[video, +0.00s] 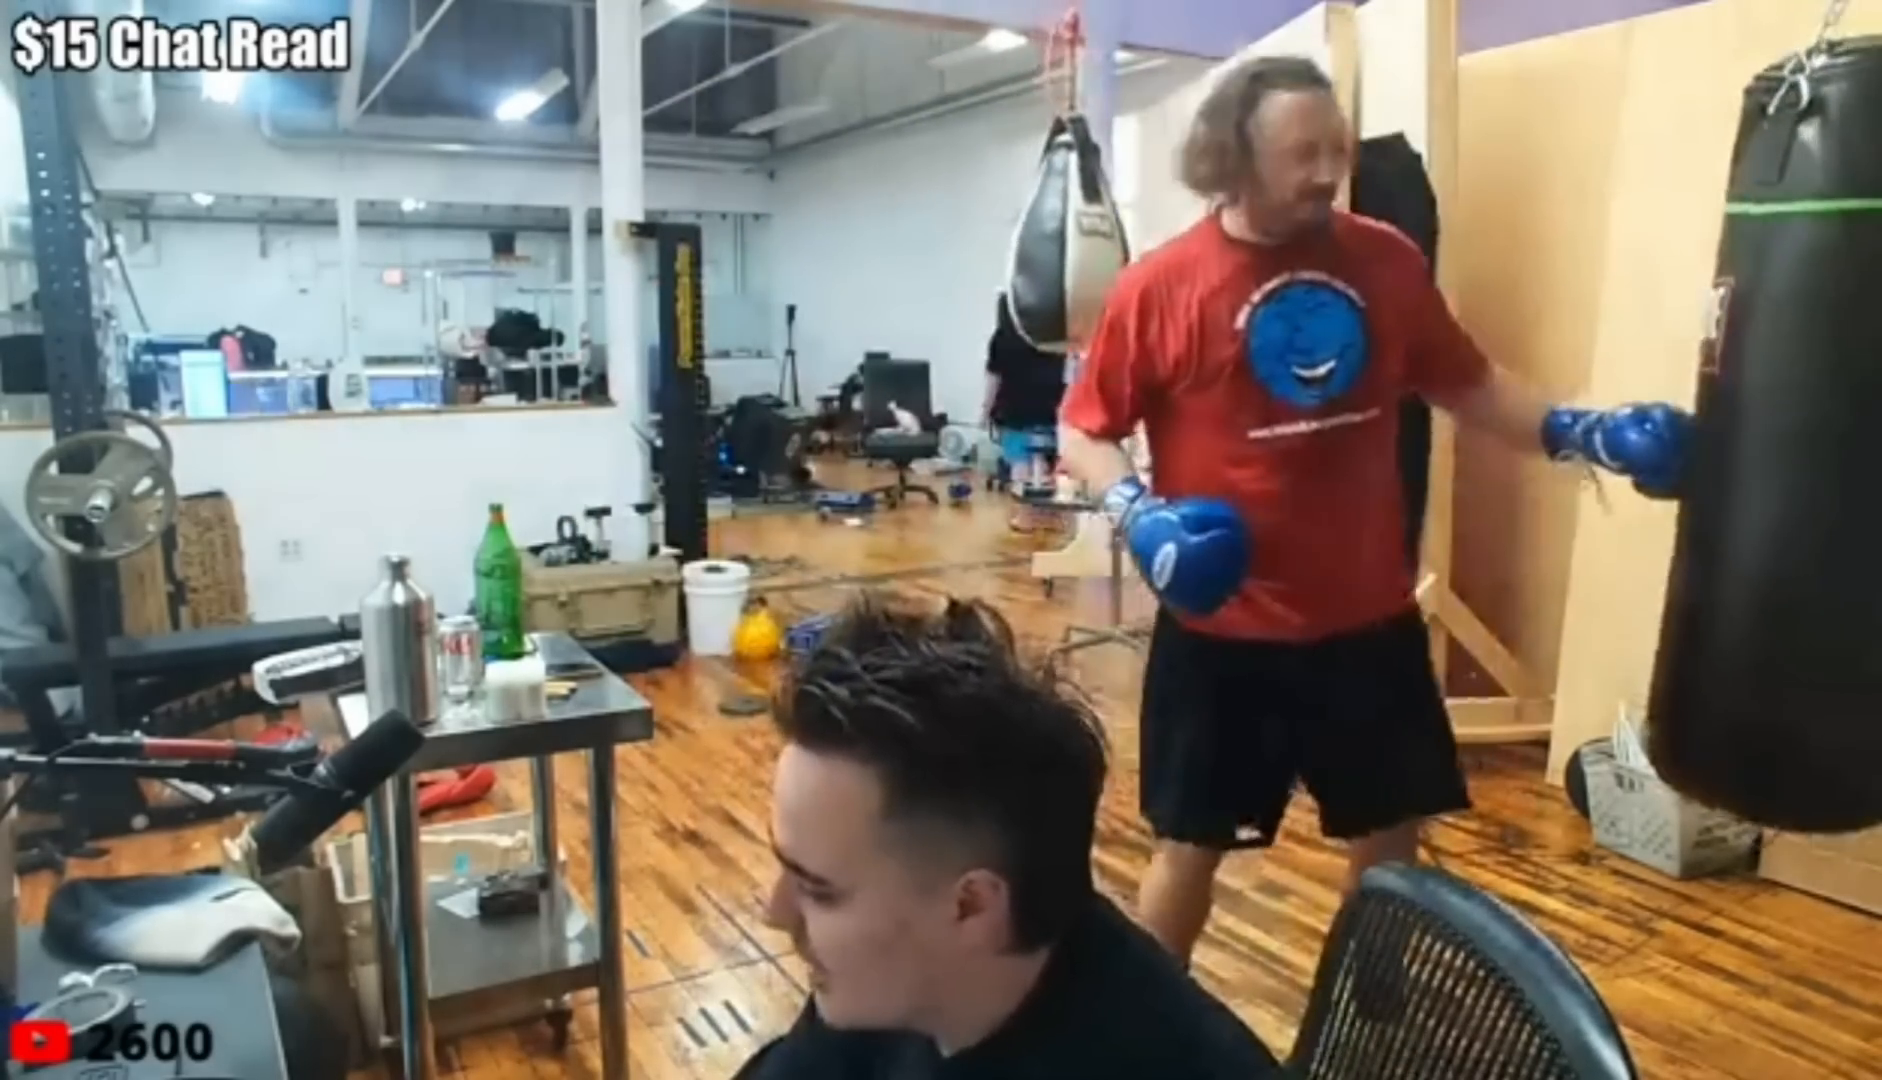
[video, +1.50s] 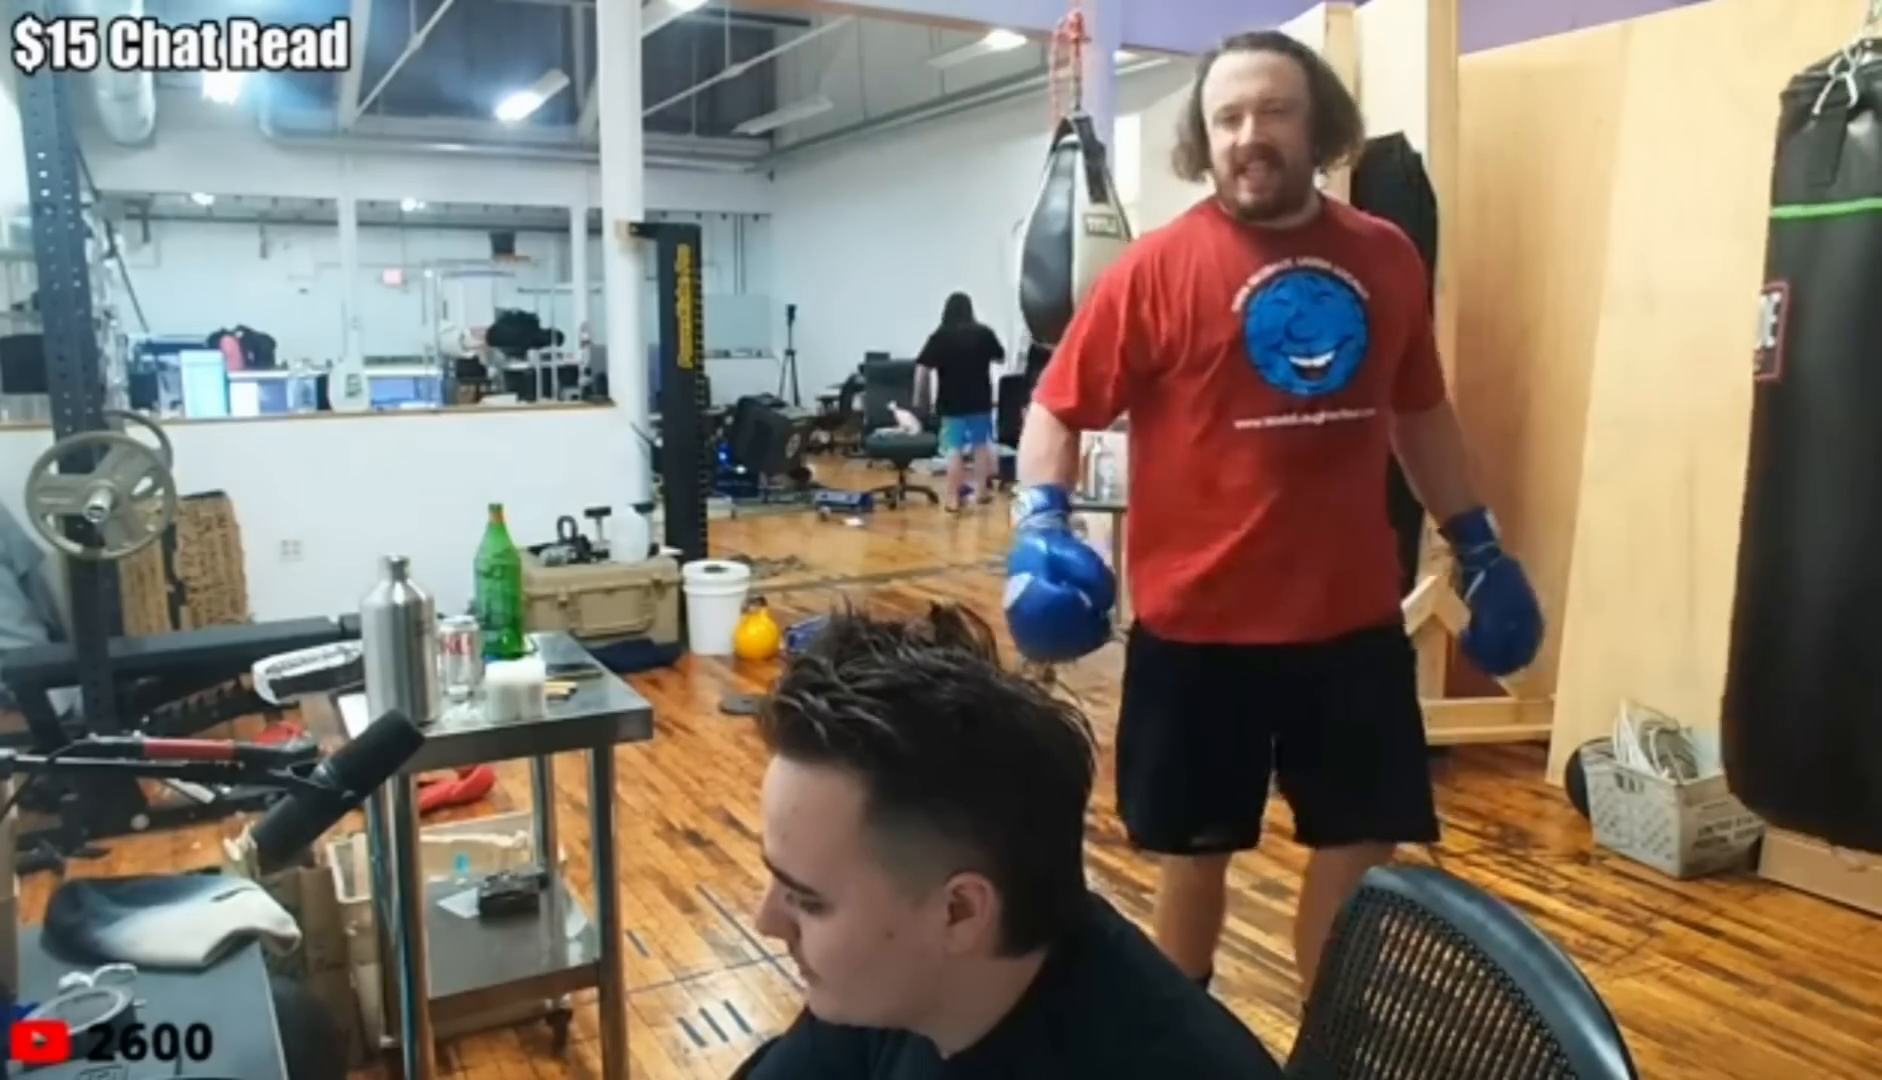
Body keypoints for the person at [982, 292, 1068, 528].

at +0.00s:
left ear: (1005, 311)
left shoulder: (1005, 338)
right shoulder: (1054, 339)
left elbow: (993, 381)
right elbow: (1066, 380)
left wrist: (987, 412)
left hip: (1013, 417)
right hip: (1050, 417)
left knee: (1019, 473)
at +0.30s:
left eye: (993, 313)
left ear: (991, 313)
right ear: (1015, 311)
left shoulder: (990, 340)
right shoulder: (1033, 338)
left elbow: (979, 380)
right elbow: (1047, 377)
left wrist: (979, 413)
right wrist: (1047, 407)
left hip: (1001, 410)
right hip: (1030, 408)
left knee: (1014, 461)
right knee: (1029, 458)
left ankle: (1022, 512)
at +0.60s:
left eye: (983, 313)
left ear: (984, 313)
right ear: (1008, 310)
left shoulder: (982, 335)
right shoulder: (1024, 335)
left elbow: (971, 372)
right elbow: (1034, 367)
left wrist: (966, 402)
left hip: (988, 406)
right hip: (1017, 406)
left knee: (984, 459)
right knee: (1009, 460)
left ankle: (988, 502)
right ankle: (1010, 502)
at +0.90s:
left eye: (972, 312)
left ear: (972, 312)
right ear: (994, 309)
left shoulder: (971, 337)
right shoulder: (1012, 334)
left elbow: (964, 376)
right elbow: (1023, 366)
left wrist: (959, 404)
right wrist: (1020, 392)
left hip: (977, 405)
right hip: (1007, 404)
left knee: (970, 456)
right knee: (1002, 459)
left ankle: (965, 500)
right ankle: (1005, 509)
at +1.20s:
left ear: (952, 311)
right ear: (976, 310)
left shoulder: (950, 336)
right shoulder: (989, 331)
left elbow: (942, 373)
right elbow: (1005, 360)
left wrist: (939, 405)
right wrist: (987, 366)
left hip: (958, 404)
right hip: (986, 403)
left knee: (955, 455)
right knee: (991, 454)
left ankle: (954, 499)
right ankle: (994, 493)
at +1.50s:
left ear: (947, 311)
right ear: (970, 310)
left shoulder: (940, 337)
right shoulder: (983, 333)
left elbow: (922, 368)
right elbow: (1000, 357)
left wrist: (920, 400)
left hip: (951, 404)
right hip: (980, 402)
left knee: (954, 455)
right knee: (982, 448)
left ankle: (953, 500)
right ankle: (982, 492)